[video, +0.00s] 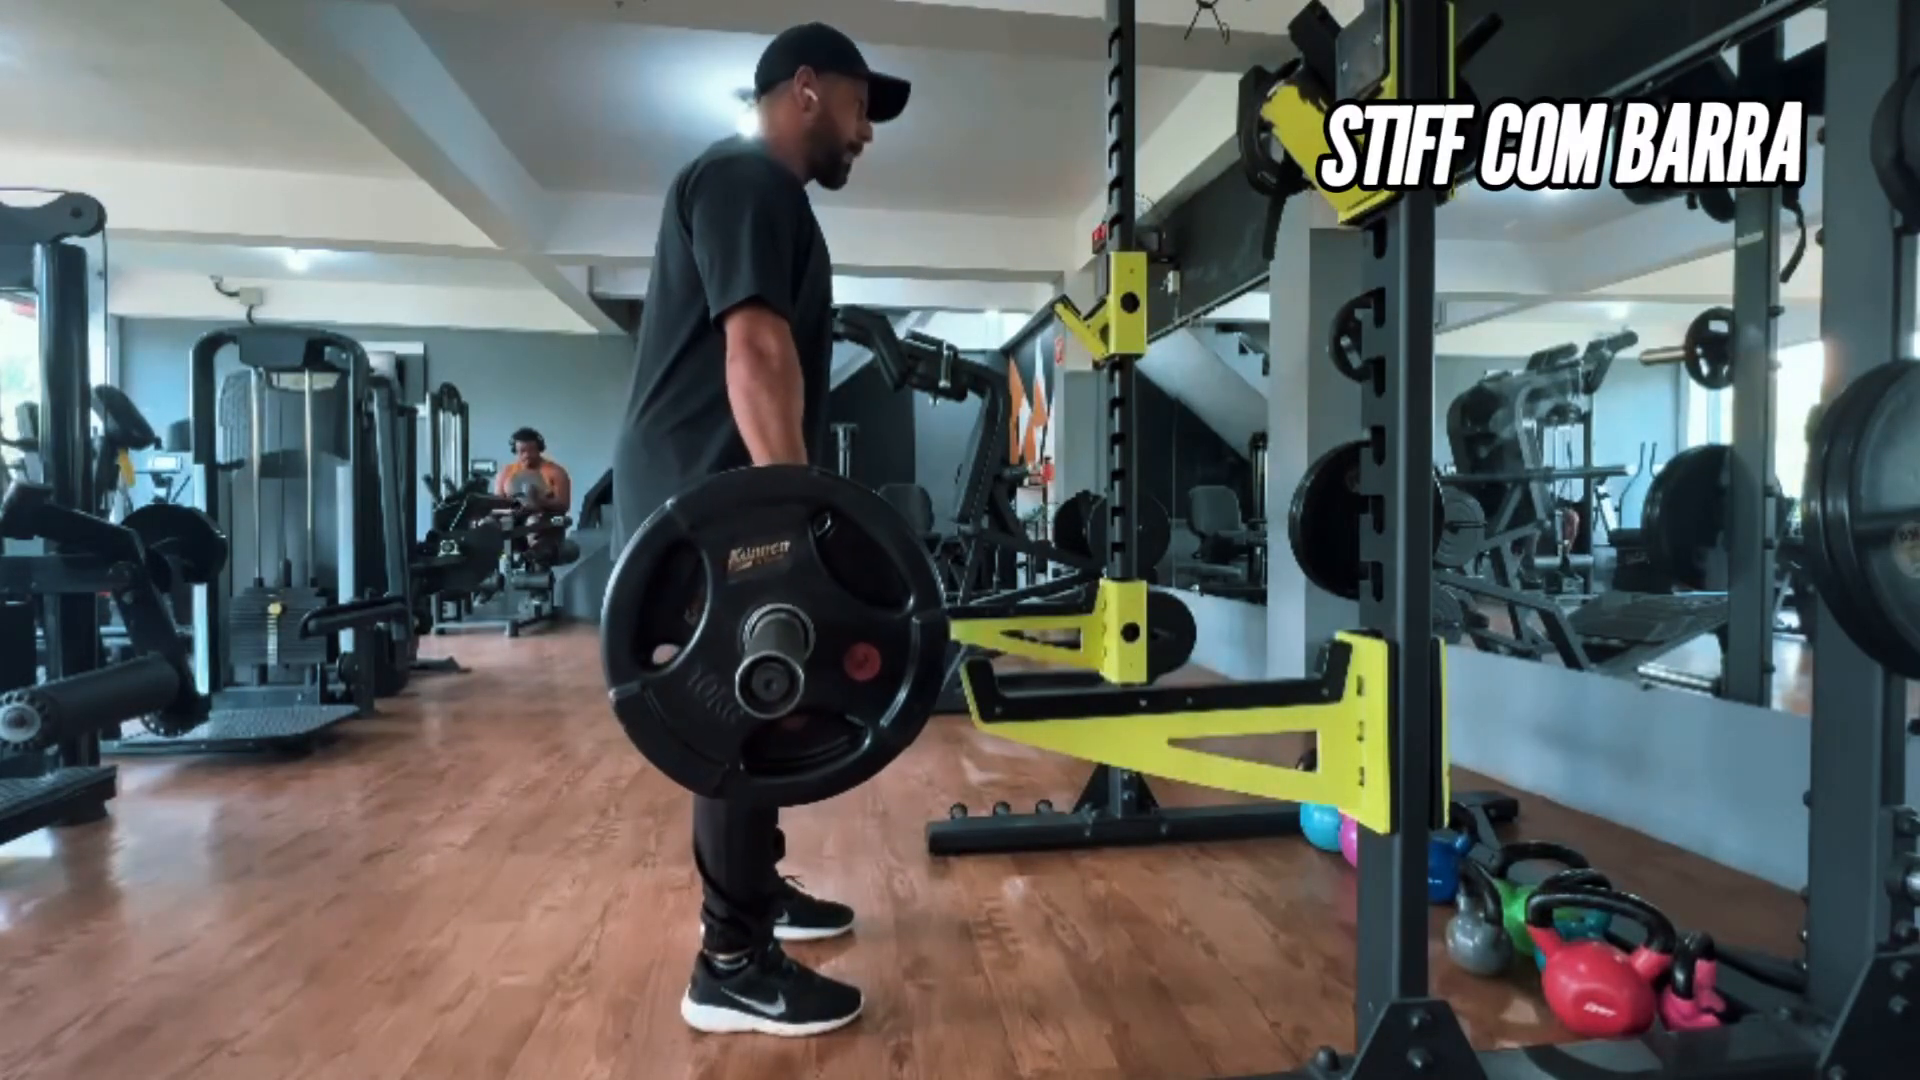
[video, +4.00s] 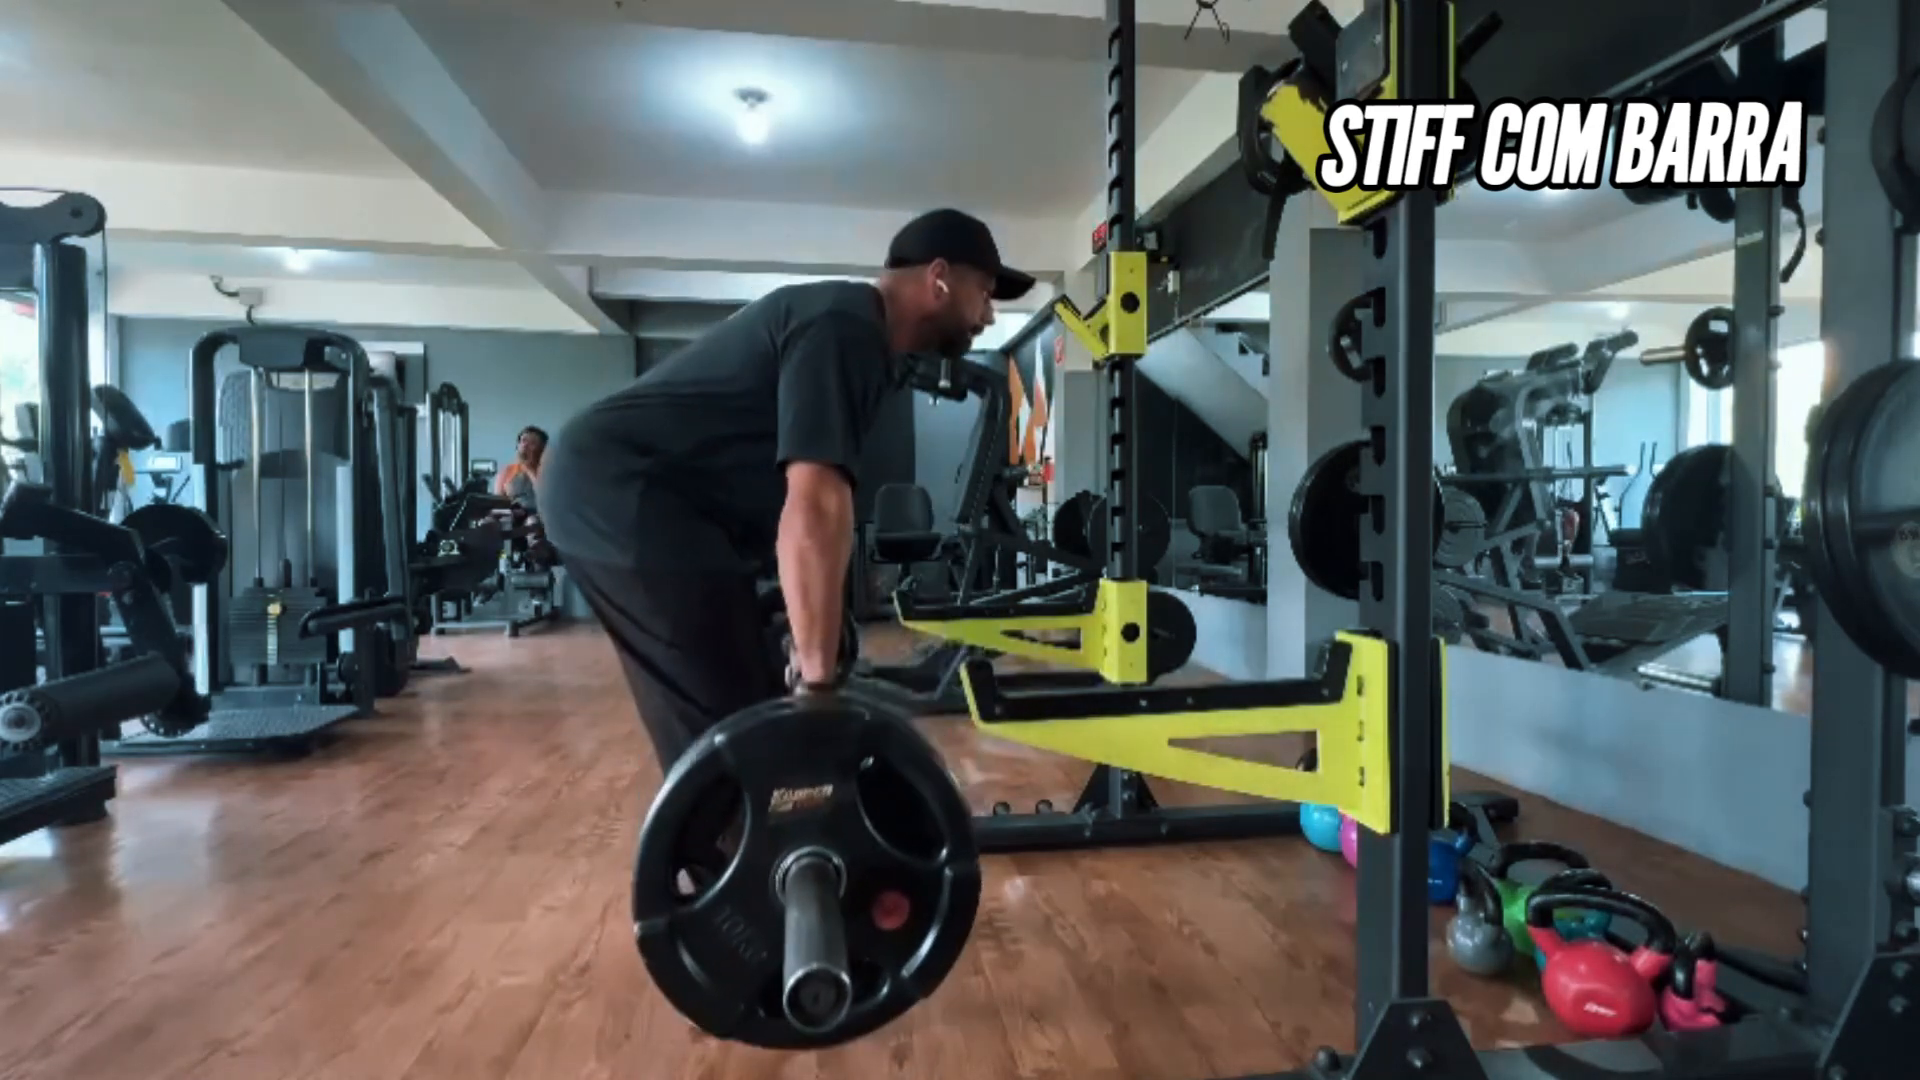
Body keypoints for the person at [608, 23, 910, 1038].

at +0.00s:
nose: (866, 135)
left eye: (870, 117)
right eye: (861, 110)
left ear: (797, 94)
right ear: (808, 89)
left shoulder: (754, 184)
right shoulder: (745, 175)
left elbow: (759, 356)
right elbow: (755, 349)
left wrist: (788, 506)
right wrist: (793, 512)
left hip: (716, 489)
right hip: (708, 491)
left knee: (756, 696)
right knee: (740, 708)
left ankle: (752, 882)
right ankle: (731, 960)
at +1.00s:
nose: (973, 254)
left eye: (977, 236)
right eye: (967, 231)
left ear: (907, 224)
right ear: (919, 218)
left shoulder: (842, 296)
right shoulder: (826, 274)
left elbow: (805, 454)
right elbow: (797, 450)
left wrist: (801, 626)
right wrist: (798, 633)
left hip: (642, 482)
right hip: (643, 480)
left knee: (720, 710)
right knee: (755, 706)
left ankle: (739, 948)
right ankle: (737, 966)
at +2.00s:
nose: (988, 420)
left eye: (997, 407)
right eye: (988, 399)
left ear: (940, 372)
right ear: (945, 373)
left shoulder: (844, 399)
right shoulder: (838, 400)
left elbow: (813, 585)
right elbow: (804, 590)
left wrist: (789, 753)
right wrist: (795, 773)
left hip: (589, 497)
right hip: (589, 501)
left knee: (726, 721)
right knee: (730, 724)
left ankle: (726, 936)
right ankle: (725, 943)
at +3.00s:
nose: (845, 87)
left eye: (843, 71)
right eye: (831, 67)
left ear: (769, 76)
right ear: (772, 68)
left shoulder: (756, 170)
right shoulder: (748, 160)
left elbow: (774, 335)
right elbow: (765, 317)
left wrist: (818, 483)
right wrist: (826, 486)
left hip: (728, 472)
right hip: (710, 474)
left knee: (751, 688)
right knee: (730, 698)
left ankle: (750, 882)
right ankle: (730, 956)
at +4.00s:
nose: (990, 315)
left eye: (994, 298)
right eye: (986, 292)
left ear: (934, 280)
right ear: (938, 277)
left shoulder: (850, 332)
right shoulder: (840, 322)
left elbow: (822, 502)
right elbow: (814, 499)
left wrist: (816, 665)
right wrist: (818, 675)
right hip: (620, 481)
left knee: (709, 715)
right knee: (741, 709)